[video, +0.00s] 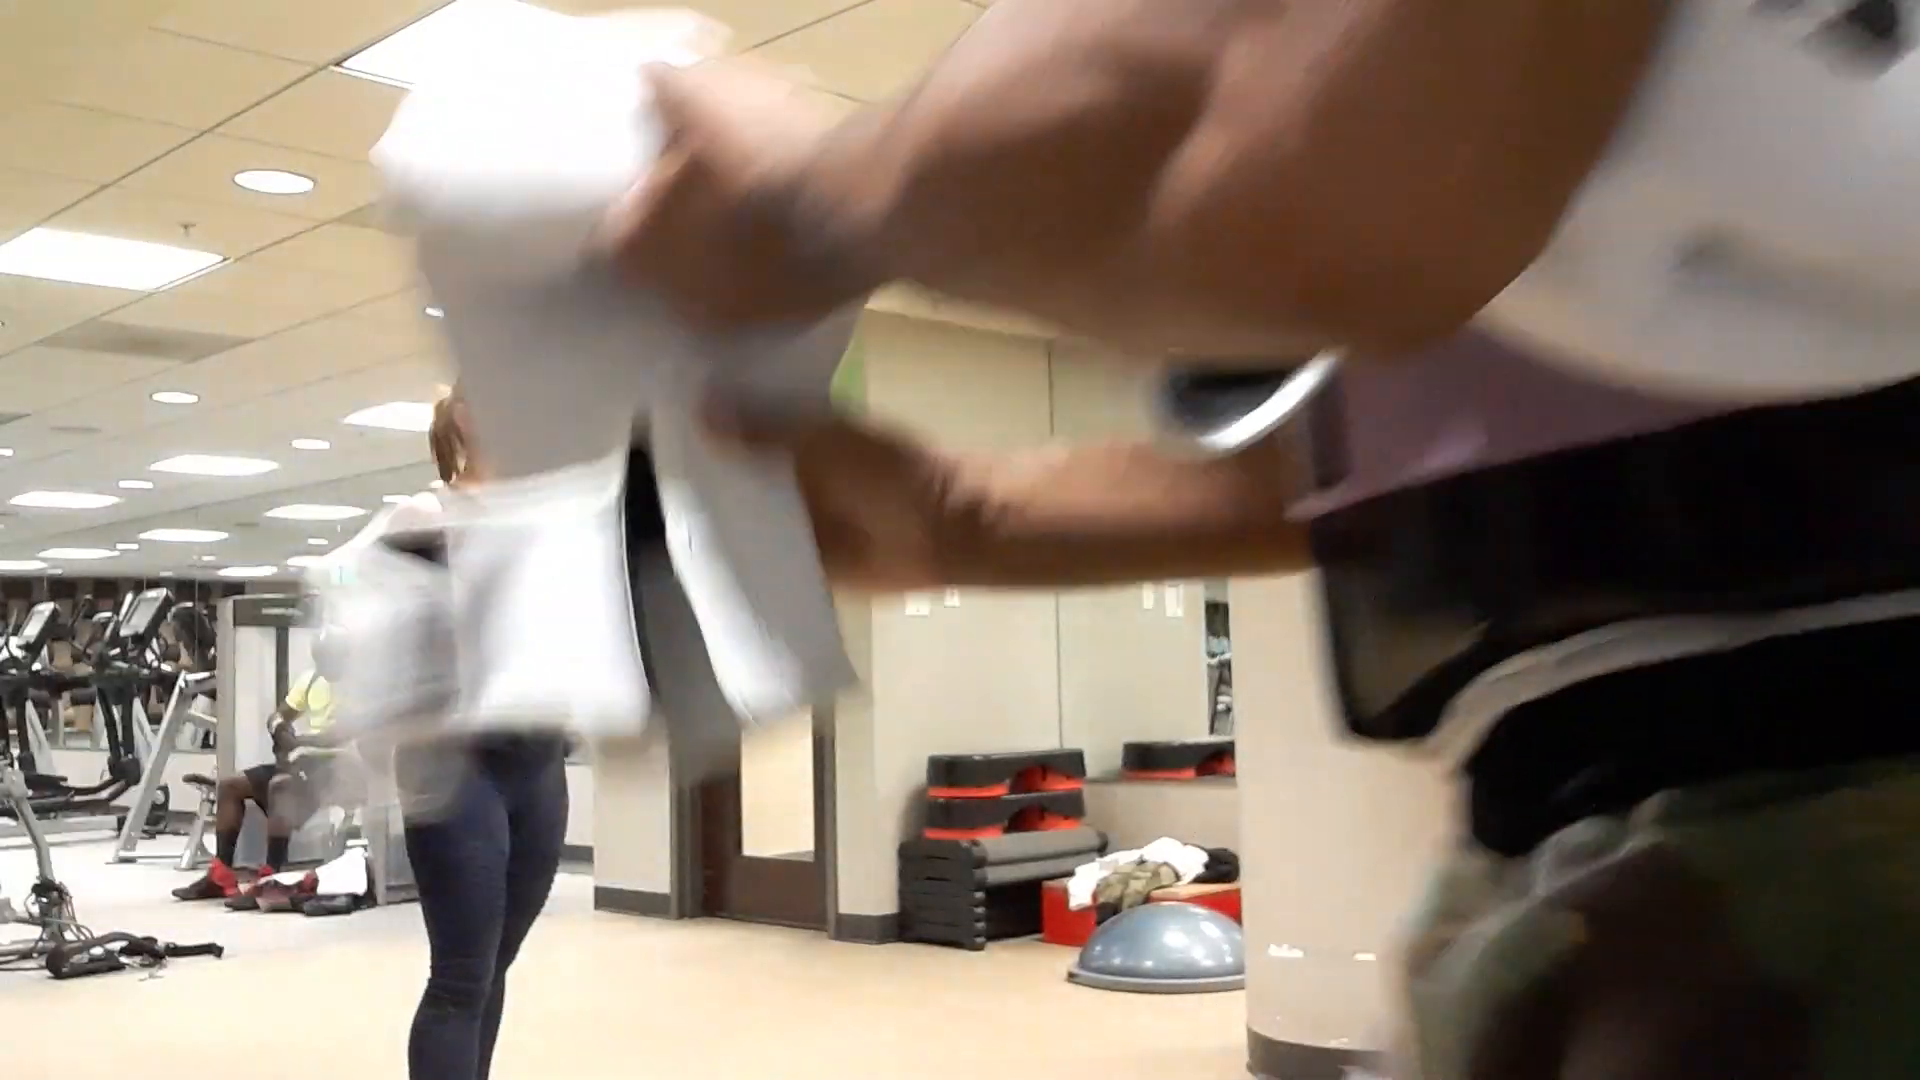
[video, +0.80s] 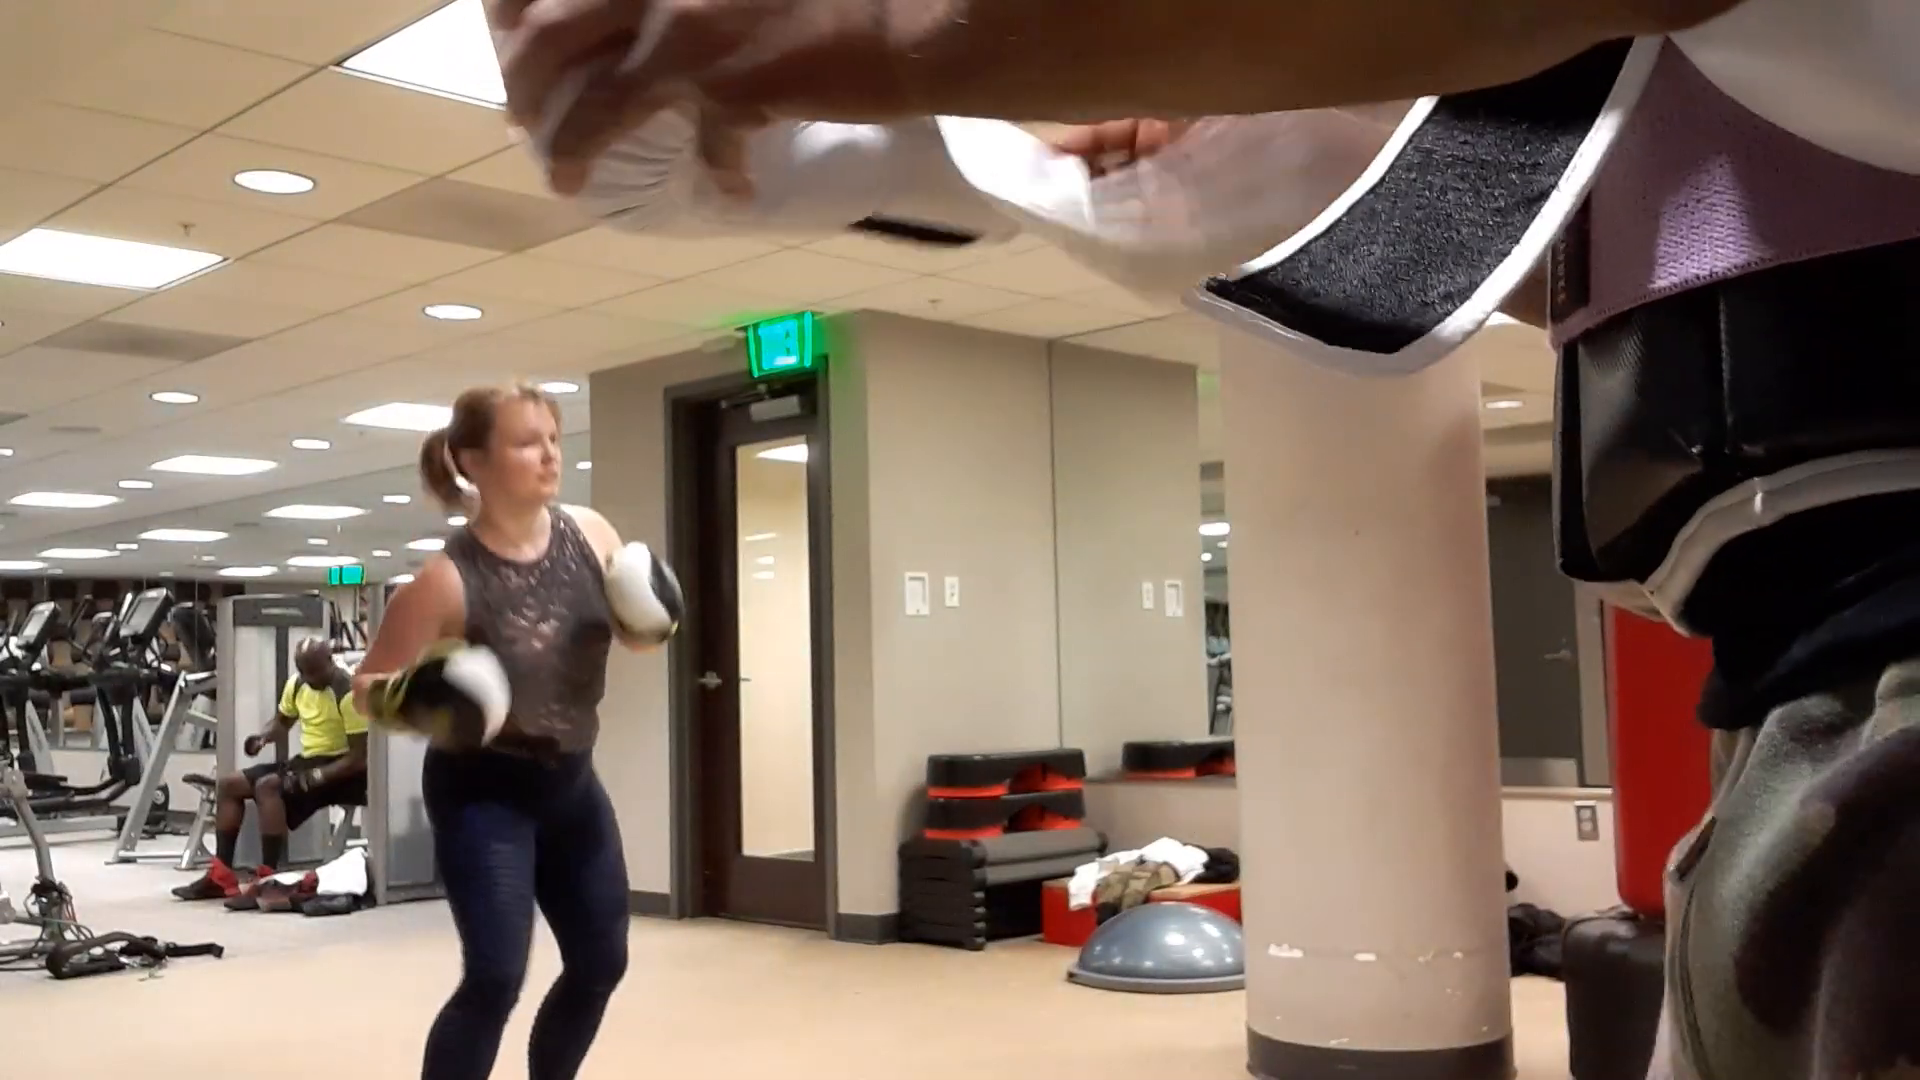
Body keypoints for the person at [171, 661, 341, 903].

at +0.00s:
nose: (324, 667)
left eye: (329, 659)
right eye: (319, 659)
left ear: (343, 656)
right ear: (314, 656)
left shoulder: (357, 684)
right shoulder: (312, 679)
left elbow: (350, 730)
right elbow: (280, 715)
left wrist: (299, 741)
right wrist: (280, 730)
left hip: (345, 769)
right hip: (307, 766)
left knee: (282, 788)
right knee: (230, 787)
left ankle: (272, 880)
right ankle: (221, 876)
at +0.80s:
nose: (309, 679)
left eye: (314, 672)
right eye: (305, 673)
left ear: (330, 662)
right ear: (300, 668)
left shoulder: (348, 692)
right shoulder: (297, 684)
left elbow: (359, 758)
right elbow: (283, 721)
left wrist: (315, 775)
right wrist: (262, 737)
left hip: (339, 766)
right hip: (305, 764)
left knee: (268, 789)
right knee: (229, 787)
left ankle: (268, 881)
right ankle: (221, 876)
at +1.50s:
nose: (212, 709)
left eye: (213, 702)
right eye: (206, 705)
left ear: (225, 685)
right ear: (199, 698)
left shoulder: (265, 701)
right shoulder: (206, 695)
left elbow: (287, 762)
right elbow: (197, 737)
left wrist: (282, 821)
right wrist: (187, 777)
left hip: (315, 728)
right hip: (273, 731)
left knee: (259, 792)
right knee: (214, 792)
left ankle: (272, 882)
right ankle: (232, 873)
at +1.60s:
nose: (208, 691)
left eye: (209, 683)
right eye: (202, 686)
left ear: (222, 668)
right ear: (195, 680)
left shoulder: (264, 685)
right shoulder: (202, 676)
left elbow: (294, 742)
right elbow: (200, 720)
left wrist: (290, 810)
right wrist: (196, 764)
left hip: (308, 720)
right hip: (263, 726)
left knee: (261, 789)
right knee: (217, 792)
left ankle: (273, 879)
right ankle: (232, 873)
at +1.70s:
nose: (212, 670)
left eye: (215, 664)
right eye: (206, 665)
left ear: (227, 651)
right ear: (200, 659)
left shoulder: (267, 669)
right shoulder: (200, 662)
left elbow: (303, 723)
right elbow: (199, 703)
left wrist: (295, 785)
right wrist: (202, 748)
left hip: (298, 714)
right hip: (257, 719)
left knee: (262, 789)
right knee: (221, 790)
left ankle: (270, 879)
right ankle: (234, 872)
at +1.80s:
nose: (222, 647)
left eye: (226, 640)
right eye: (216, 642)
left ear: (237, 628)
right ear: (207, 636)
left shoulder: (271, 653)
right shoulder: (202, 646)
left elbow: (310, 701)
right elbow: (199, 685)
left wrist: (300, 759)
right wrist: (204, 726)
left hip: (284, 715)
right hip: (247, 716)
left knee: (258, 788)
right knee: (225, 789)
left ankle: (268, 879)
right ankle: (233, 872)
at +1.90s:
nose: (230, 622)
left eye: (235, 613)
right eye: (225, 615)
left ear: (250, 606)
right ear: (218, 611)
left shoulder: (278, 636)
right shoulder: (207, 629)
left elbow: (318, 689)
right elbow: (198, 671)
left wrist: (300, 741)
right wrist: (206, 713)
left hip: (282, 712)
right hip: (241, 712)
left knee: (258, 786)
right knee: (225, 787)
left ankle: (269, 878)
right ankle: (231, 871)